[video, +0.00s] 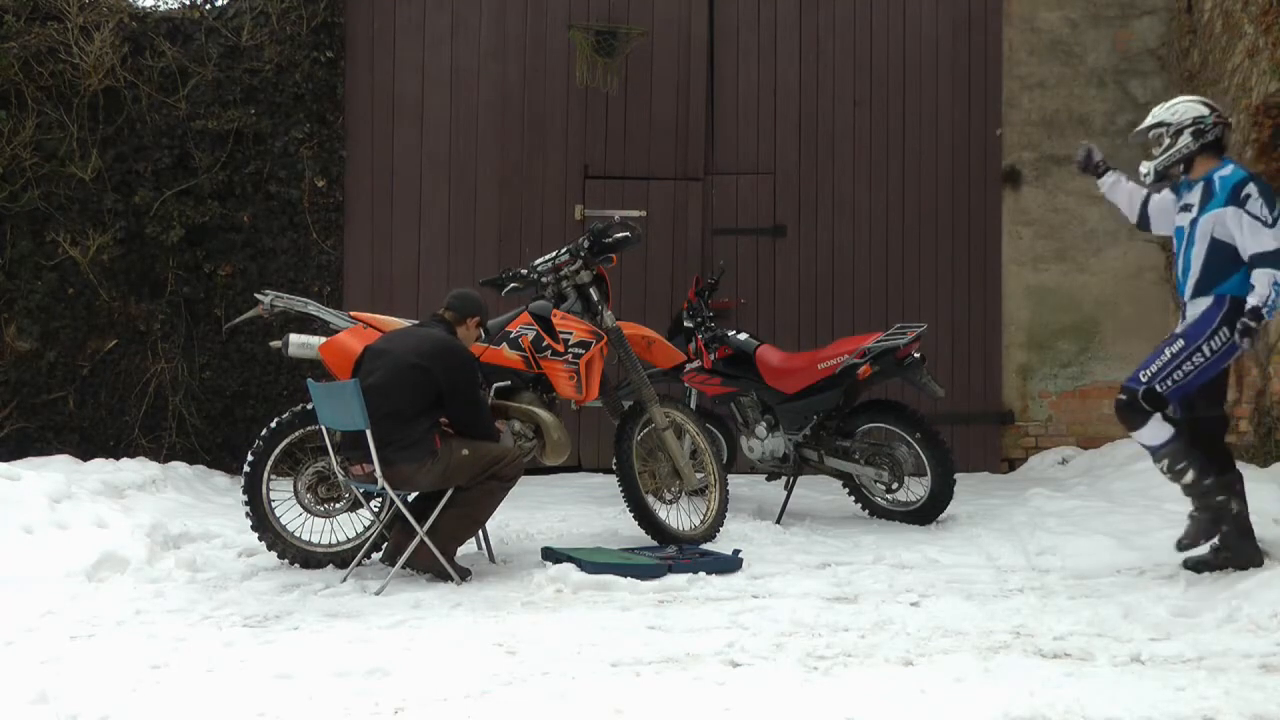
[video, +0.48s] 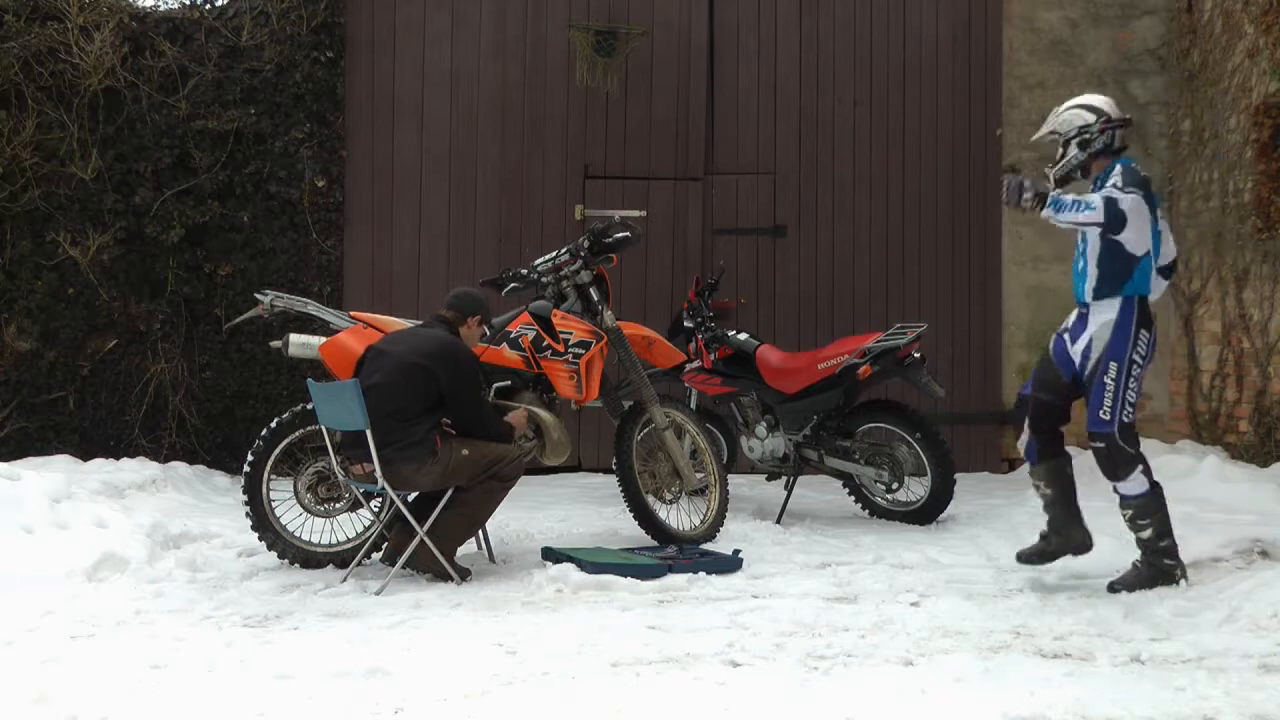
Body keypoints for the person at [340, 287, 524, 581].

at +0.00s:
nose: (478, 337)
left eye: (480, 330)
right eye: (479, 328)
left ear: (442, 314)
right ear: (469, 322)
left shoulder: (393, 337)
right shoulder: (454, 353)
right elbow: (476, 429)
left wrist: (436, 424)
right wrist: (496, 434)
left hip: (357, 456)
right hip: (401, 463)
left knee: (464, 454)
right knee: (507, 462)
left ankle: (403, 543)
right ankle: (434, 551)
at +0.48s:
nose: (481, 335)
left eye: (483, 328)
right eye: (482, 327)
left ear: (444, 313)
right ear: (471, 321)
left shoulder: (396, 337)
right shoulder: (455, 353)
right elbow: (474, 424)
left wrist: (441, 425)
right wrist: (510, 426)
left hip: (358, 455)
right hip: (401, 462)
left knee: (462, 452)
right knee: (508, 462)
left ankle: (402, 543)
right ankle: (435, 551)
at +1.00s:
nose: (491, 346)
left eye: (494, 339)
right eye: (493, 338)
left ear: (458, 317)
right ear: (483, 329)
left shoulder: (403, 337)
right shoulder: (462, 357)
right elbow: (489, 427)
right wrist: (513, 414)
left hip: (358, 454)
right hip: (401, 461)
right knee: (509, 463)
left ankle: (402, 543)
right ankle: (435, 551)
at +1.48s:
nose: (492, 345)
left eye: (495, 339)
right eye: (493, 337)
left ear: (459, 317)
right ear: (483, 329)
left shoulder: (404, 337)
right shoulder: (461, 357)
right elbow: (486, 424)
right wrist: (516, 421)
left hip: (357, 456)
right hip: (400, 461)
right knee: (508, 464)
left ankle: (402, 543)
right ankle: (435, 550)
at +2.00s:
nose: (491, 346)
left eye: (494, 340)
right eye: (493, 338)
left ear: (458, 317)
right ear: (483, 329)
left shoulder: (403, 337)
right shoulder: (462, 358)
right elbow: (490, 428)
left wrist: (494, 409)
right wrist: (514, 418)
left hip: (357, 454)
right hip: (400, 461)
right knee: (508, 463)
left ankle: (402, 542)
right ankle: (435, 551)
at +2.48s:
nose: (493, 347)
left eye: (496, 341)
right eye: (495, 339)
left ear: (460, 319)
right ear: (483, 332)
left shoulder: (408, 338)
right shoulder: (466, 362)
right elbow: (478, 427)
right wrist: (516, 433)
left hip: (359, 452)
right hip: (399, 462)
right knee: (508, 463)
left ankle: (403, 541)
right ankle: (435, 551)